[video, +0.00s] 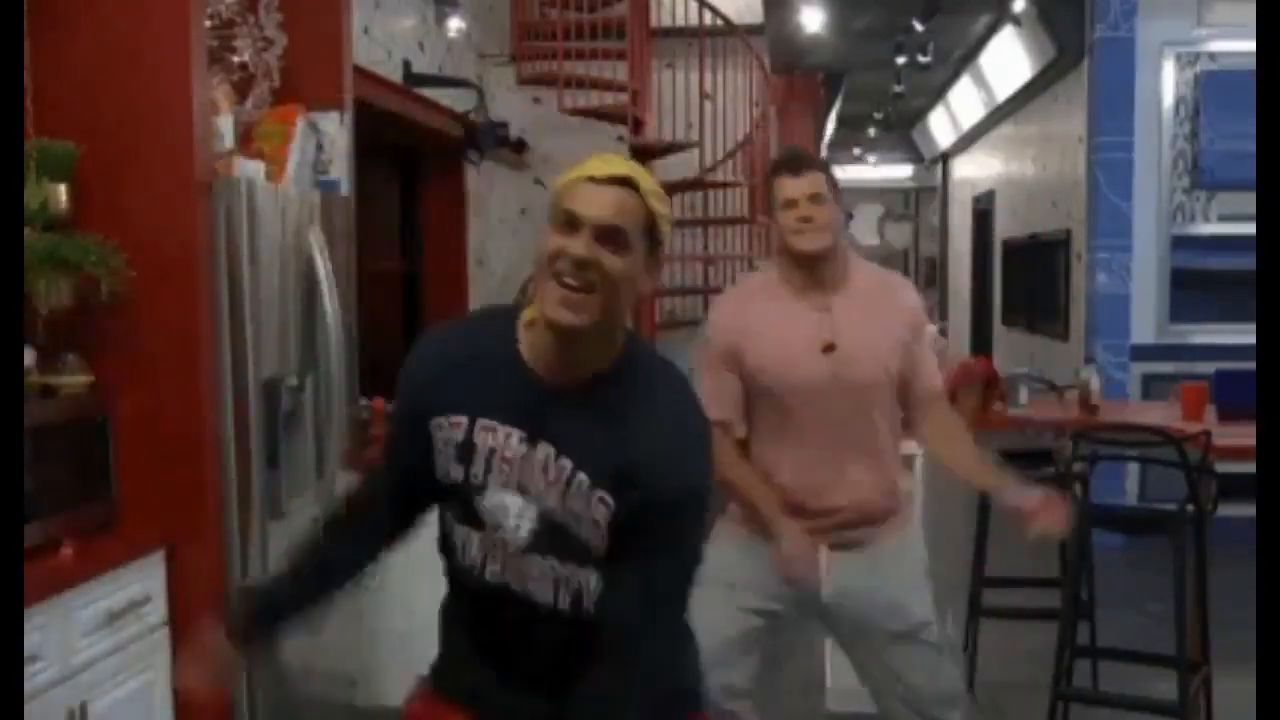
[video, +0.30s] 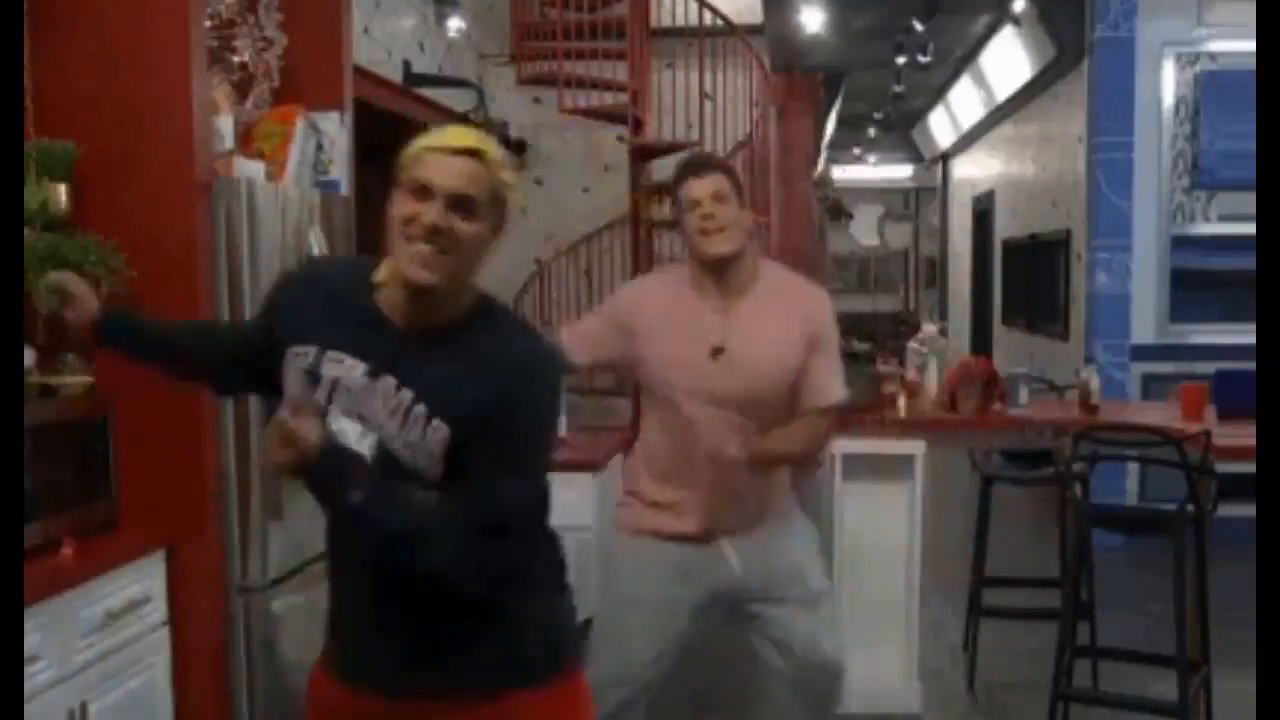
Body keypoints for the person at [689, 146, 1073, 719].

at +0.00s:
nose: (803, 213)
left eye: (816, 199)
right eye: (788, 205)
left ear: (842, 210)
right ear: (771, 222)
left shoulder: (894, 297)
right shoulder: (736, 309)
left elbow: (931, 411)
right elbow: (719, 442)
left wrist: (1009, 490)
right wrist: (781, 526)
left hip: (877, 542)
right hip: (758, 536)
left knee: (933, 701)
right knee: (706, 684)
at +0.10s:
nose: (780, 191)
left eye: (793, 177)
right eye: (765, 182)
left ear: (820, 187)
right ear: (749, 200)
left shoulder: (875, 278)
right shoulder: (712, 289)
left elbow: (905, 391)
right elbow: (675, 406)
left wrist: (925, 501)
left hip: (861, 528)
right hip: (740, 526)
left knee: (923, 694)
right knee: (656, 672)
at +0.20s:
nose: (732, 197)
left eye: (744, 184)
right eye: (717, 189)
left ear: (770, 194)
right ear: (701, 206)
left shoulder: (828, 283)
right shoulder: (662, 285)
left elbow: (850, 396)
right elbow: (583, 368)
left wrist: (795, 487)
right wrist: (585, 441)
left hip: (791, 516)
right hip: (679, 519)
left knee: (858, 665)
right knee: (632, 670)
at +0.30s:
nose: (708, 215)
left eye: (720, 201)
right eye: (692, 207)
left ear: (748, 213)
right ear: (680, 225)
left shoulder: (804, 302)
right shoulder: (643, 301)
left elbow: (817, 426)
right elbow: (549, 355)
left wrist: (753, 446)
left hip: (767, 529)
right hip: (657, 535)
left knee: (817, 668)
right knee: (616, 690)